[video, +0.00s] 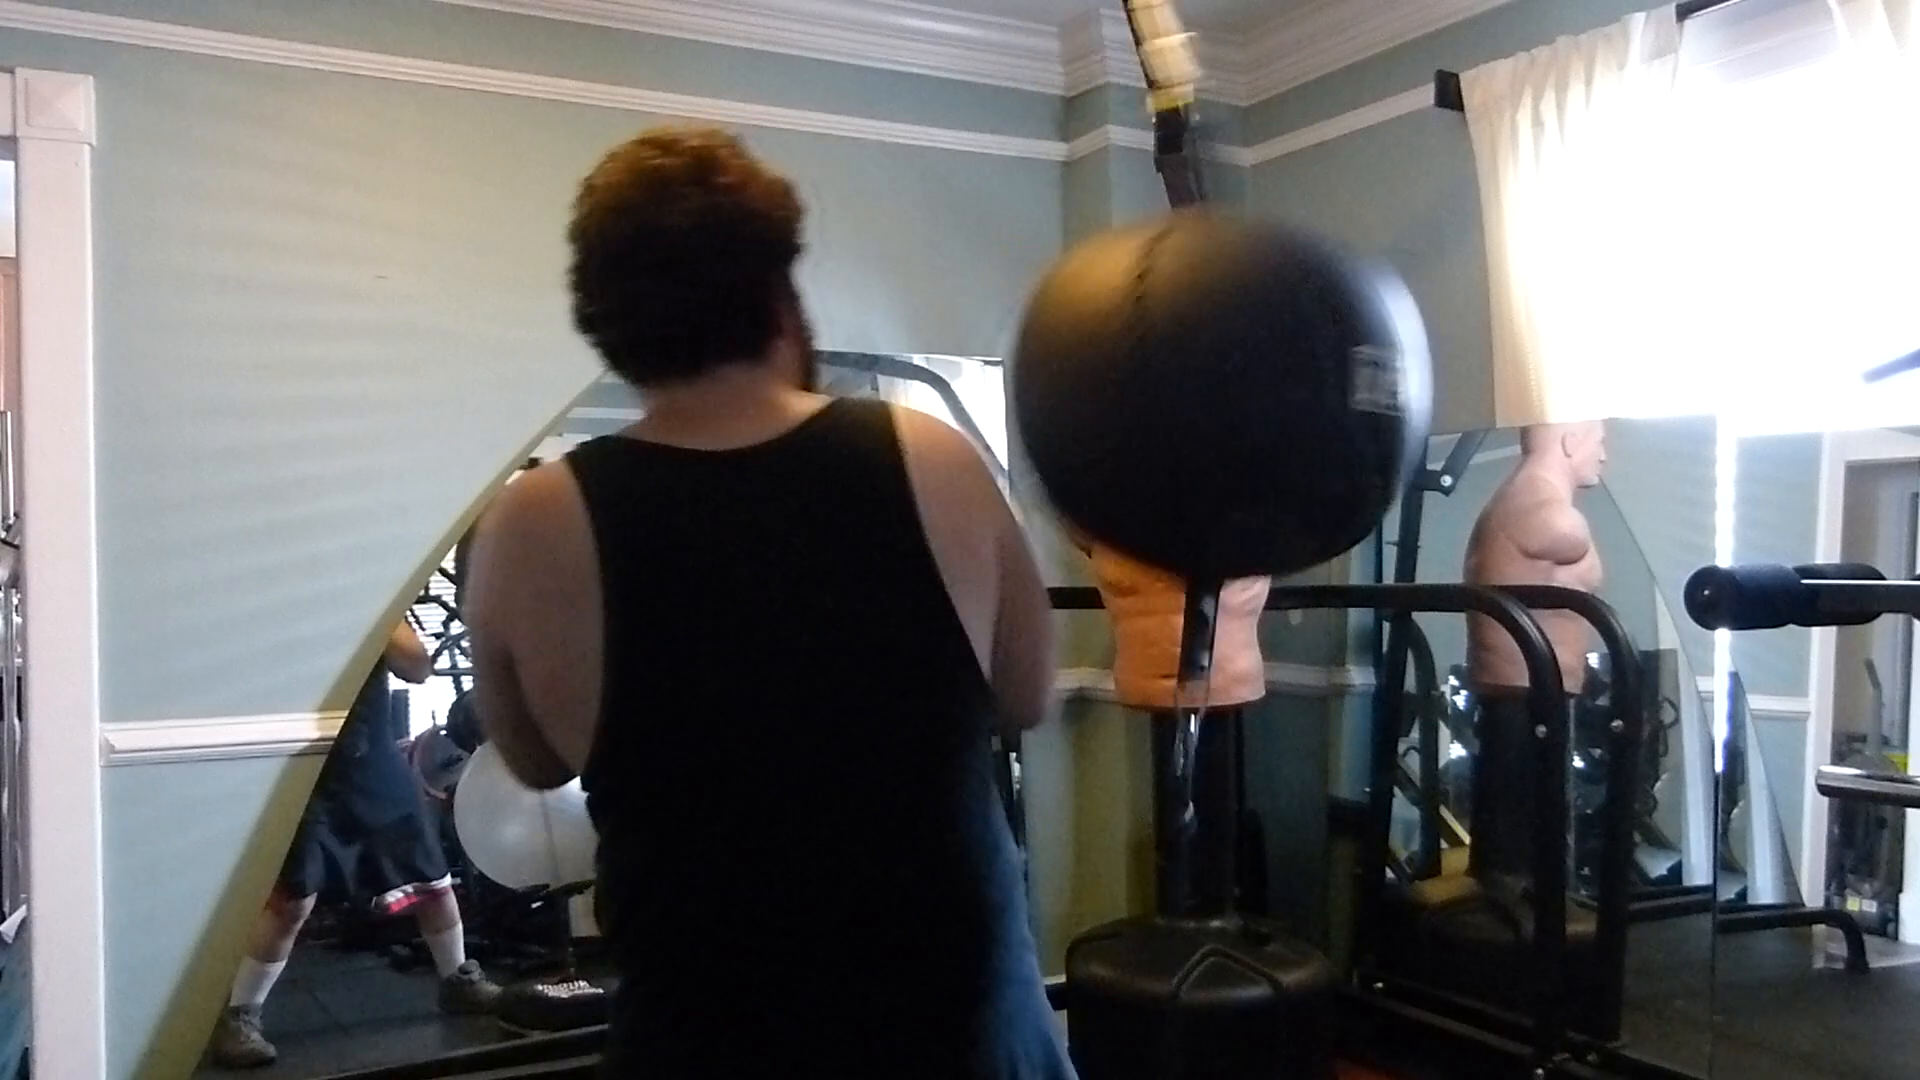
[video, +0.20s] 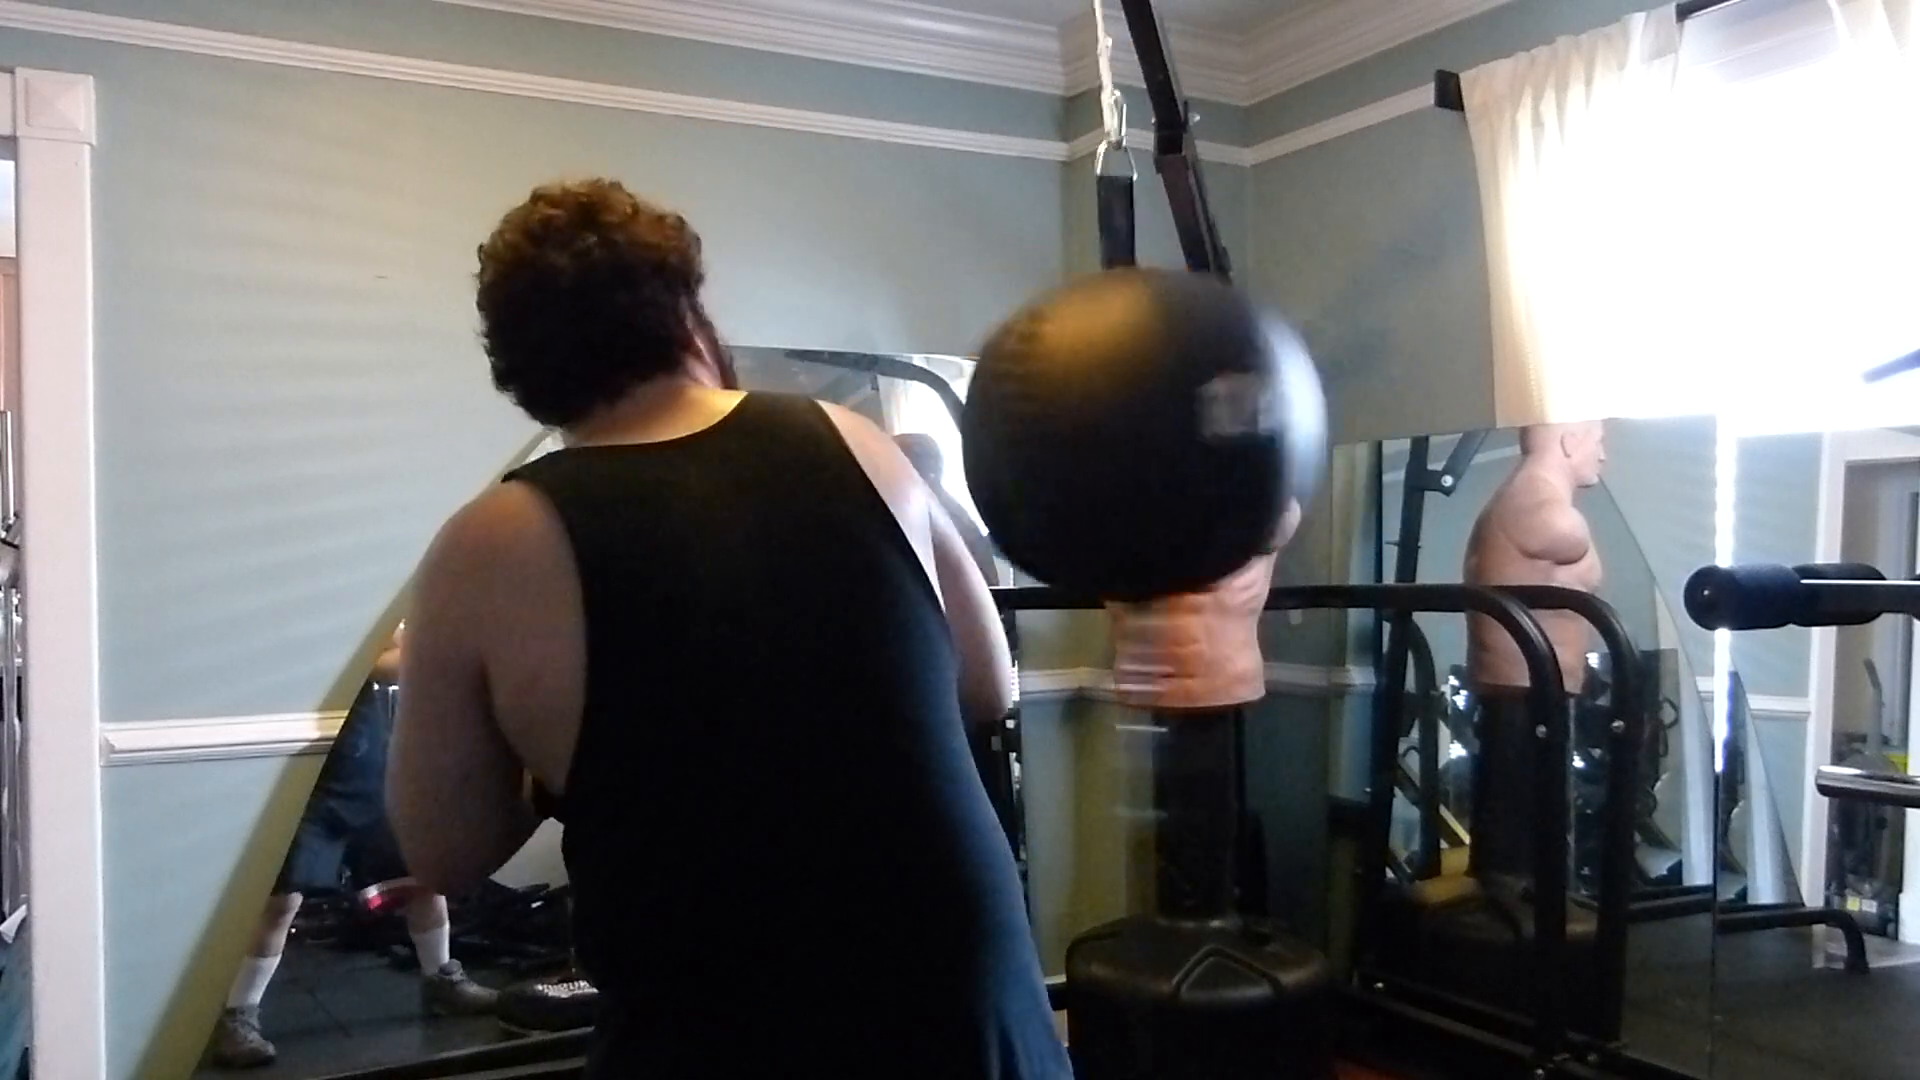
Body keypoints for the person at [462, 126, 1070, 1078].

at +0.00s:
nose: (806, 299)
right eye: (795, 276)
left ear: (604, 321)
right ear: (780, 296)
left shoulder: (534, 525)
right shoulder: (933, 460)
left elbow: (536, 759)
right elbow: (1024, 695)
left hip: (698, 1025)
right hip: (953, 1013)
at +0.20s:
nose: (718, 337)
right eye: (707, 314)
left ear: (524, 379)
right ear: (694, 327)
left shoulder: (485, 549)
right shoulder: (860, 446)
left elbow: (444, 854)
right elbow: (988, 688)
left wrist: (563, 725)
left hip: (696, 1032)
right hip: (967, 1014)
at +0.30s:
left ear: (564, 368)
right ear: (743, 328)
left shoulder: (522, 544)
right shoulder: (901, 457)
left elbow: (443, 861)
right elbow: (1043, 698)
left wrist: (554, 759)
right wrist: (890, 745)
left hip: (706, 1036)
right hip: (980, 1027)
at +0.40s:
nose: (828, 308)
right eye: (819, 286)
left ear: (627, 336)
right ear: (808, 304)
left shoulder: (589, 543)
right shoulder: (956, 457)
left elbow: (610, 738)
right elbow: (1134, 695)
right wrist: (961, 698)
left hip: (713, 1029)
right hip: (975, 1022)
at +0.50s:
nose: (862, 311)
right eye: (853, 285)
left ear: (661, 343)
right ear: (837, 312)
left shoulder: (672, 517)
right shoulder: (903, 463)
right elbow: (1148, 696)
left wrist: (966, 464)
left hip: (738, 1022)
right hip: (956, 1026)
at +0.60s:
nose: (894, 300)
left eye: (883, 270)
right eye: (882, 272)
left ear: (694, 322)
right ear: (855, 296)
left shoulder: (690, 500)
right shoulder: (884, 465)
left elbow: (883, 620)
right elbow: (1076, 743)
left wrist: (977, 434)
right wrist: (1080, 605)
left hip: (744, 1009)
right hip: (937, 1018)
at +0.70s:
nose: (890, 301)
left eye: (881, 270)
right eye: (880, 270)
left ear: (692, 312)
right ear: (851, 287)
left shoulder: (650, 499)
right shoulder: (877, 475)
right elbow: (1030, 785)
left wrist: (928, 484)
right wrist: (1033, 595)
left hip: (705, 1001)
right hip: (906, 1015)